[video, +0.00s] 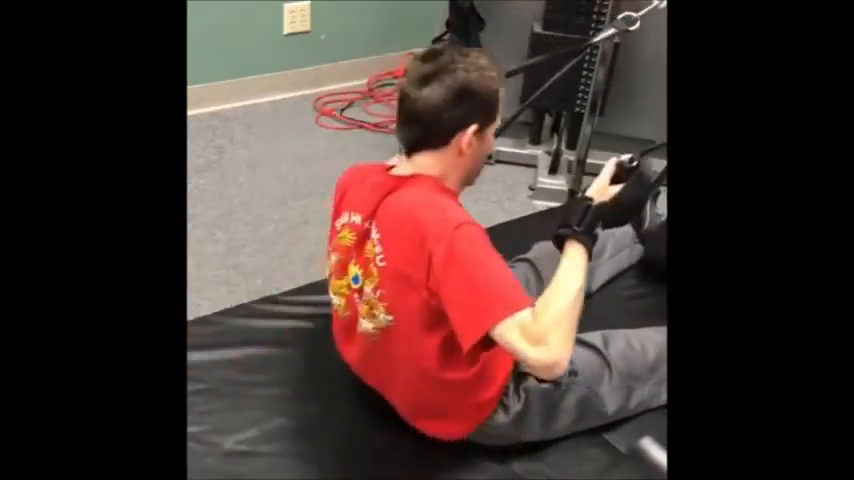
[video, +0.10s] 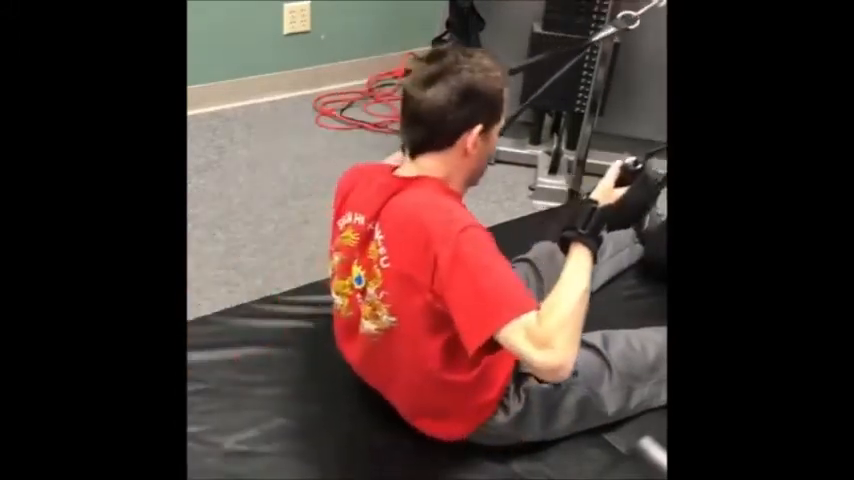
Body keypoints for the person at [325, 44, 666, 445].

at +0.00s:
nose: (493, 146)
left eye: (496, 132)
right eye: (494, 133)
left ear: (407, 122)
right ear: (467, 139)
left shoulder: (355, 182)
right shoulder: (448, 231)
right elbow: (547, 355)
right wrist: (580, 229)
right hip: (485, 402)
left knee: (577, 246)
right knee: (665, 350)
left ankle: (643, 227)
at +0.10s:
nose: (495, 146)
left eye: (499, 133)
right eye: (497, 133)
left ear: (410, 123)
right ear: (473, 140)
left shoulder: (357, 181)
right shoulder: (453, 233)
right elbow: (552, 357)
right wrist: (587, 234)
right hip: (482, 403)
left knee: (570, 252)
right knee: (664, 349)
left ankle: (641, 230)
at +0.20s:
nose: (499, 145)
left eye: (502, 132)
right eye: (500, 132)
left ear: (413, 126)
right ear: (474, 141)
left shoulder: (357, 182)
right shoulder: (455, 235)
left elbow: (409, 158)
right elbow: (556, 361)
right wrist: (593, 229)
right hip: (482, 404)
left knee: (572, 254)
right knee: (665, 349)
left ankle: (643, 229)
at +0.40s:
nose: (508, 146)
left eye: (510, 132)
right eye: (509, 133)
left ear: (423, 127)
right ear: (484, 142)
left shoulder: (361, 182)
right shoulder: (465, 238)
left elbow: (417, 153)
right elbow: (565, 362)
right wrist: (602, 235)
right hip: (480, 406)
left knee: (575, 253)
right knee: (664, 350)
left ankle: (640, 231)